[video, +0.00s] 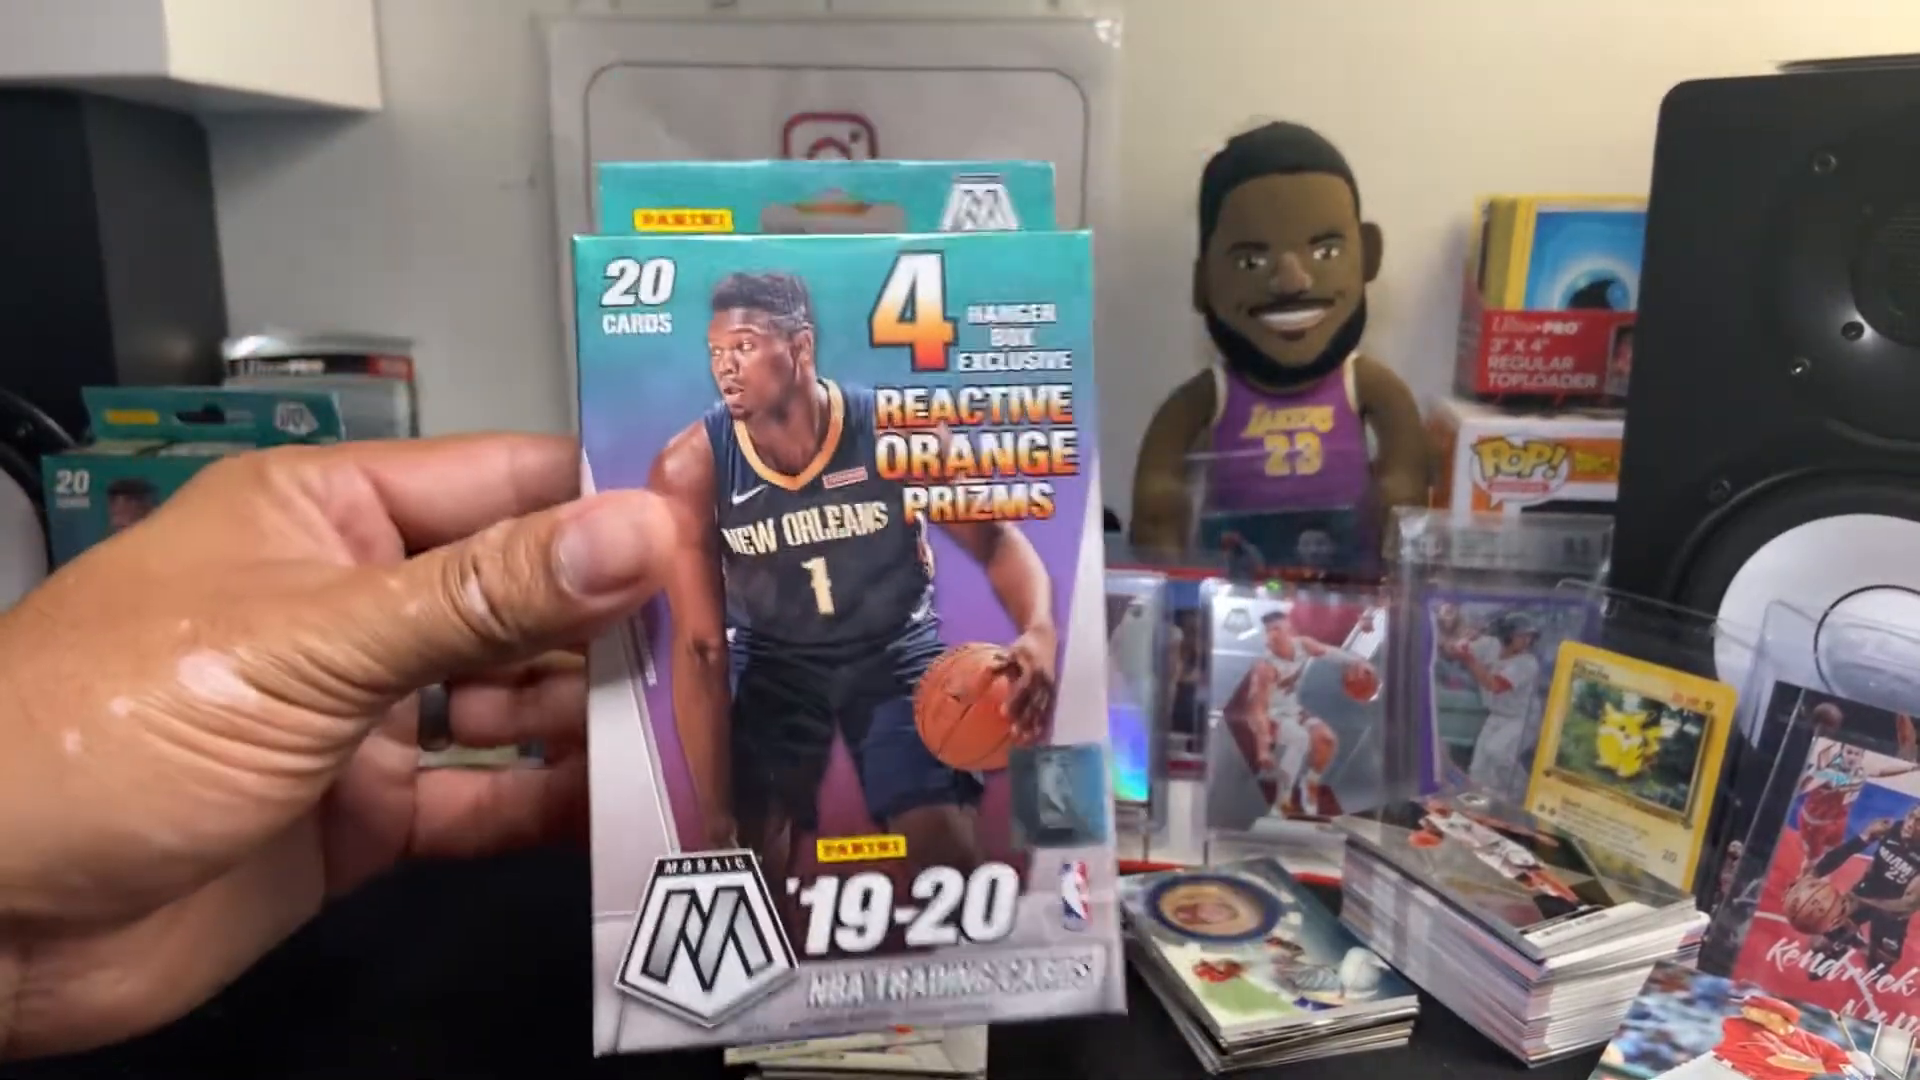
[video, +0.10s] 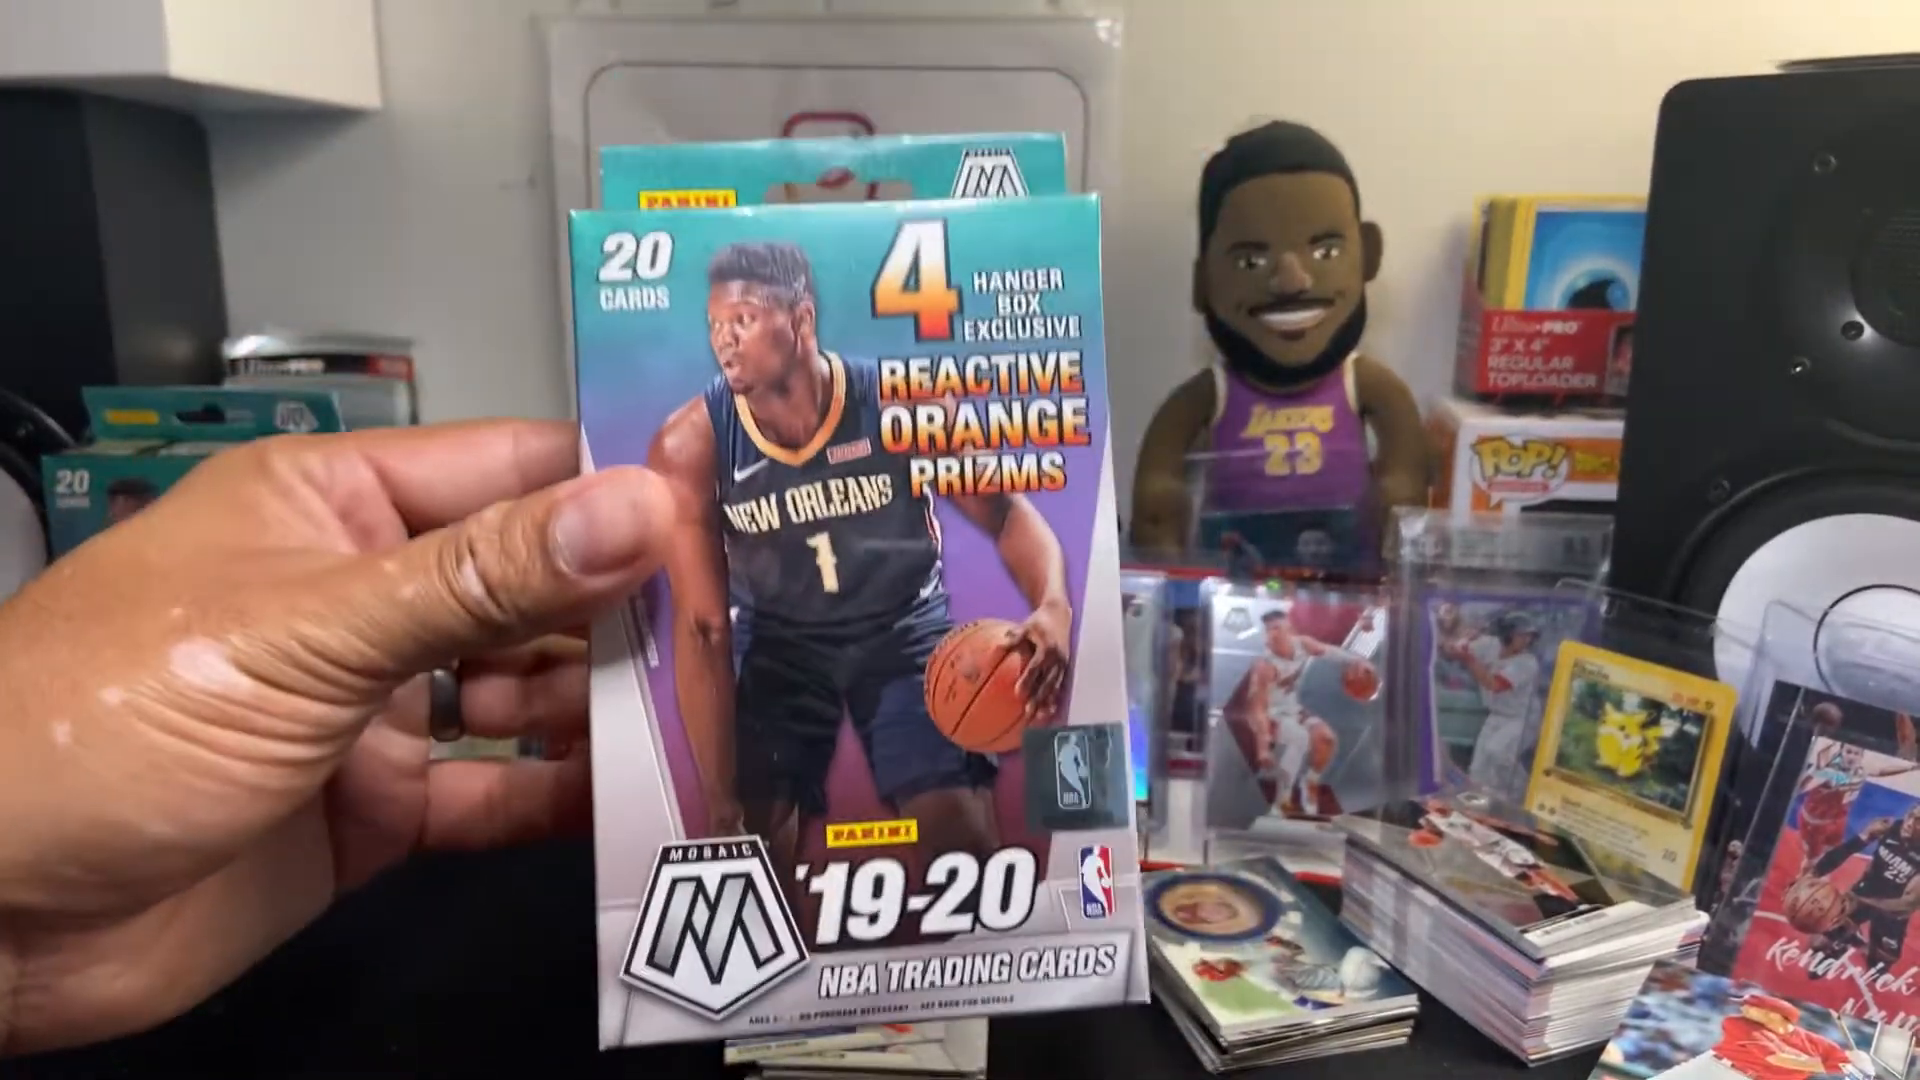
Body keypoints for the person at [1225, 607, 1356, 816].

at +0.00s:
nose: (1274, 635)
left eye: (1278, 629)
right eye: (1270, 630)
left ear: (1289, 629)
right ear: (1266, 634)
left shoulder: (1303, 645)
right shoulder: (1265, 667)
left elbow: (1333, 653)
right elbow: (1257, 710)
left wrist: (1360, 663)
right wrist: (1263, 750)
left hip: (1295, 710)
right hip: (1271, 713)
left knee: (1327, 740)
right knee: (1299, 738)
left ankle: (1311, 785)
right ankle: (1283, 799)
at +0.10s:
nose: (1275, 634)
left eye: (1279, 628)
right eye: (1270, 630)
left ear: (1288, 628)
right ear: (1266, 634)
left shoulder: (1302, 644)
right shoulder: (1264, 666)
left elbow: (1331, 652)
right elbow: (1257, 708)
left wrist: (1359, 662)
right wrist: (1263, 748)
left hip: (1295, 710)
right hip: (1272, 714)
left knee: (1326, 738)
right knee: (1299, 738)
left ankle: (1311, 784)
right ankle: (1283, 798)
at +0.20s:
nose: (1274, 634)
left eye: (1278, 628)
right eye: (1270, 630)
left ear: (1289, 629)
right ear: (1266, 634)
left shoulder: (1303, 645)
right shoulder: (1264, 665)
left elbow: (1331, 652)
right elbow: (1257, 709)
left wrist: (1359, 662)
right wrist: (1263, 750)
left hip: (1294, 710)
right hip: (1271, 713)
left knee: (1326, 739)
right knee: (1299, 737)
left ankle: (1310, 784)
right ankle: (1283, 800)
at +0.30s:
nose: (1275, 634)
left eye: (1278, 628)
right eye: (1270, 630)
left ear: (1288, 628)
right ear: (1266, 634)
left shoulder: (1303, 644)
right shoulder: (1264, 665)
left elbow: (1331, 652)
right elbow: (1257, 709)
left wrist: (1359, 662)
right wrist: (1263, 749)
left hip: (1294, 709)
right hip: (1271, 712)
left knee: (1326, 739)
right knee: (1299, 737)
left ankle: (1310, 784)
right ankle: (1283, 800)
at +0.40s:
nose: (1274, 634)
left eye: (1278, 628)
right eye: (1270, 630)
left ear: (1288, 628)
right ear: (1266, 634)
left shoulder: (1302, 644)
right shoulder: (1265, 665)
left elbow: (1330, 652)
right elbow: (1257, 708)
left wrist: (1359, 662)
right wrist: (1263, 749)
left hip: (1294, 709)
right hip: (1271, 713)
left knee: (1326, 739)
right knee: (1299, 738)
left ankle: (1311, 785)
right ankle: (1282, 800)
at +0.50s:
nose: (1274, 634)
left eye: (1278, 628)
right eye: (1270, 629)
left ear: (1288, 628)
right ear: (1266, 633)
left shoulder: (1302, 644)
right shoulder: (1265, 665)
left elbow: (1332, 652)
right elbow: (1257, 707)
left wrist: (1360, 662)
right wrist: (1263, 749)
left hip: (1294, 709)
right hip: (1271, 712)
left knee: (1326, 739)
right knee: (1299, 739)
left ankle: (1311, 785)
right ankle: (1282, 801)